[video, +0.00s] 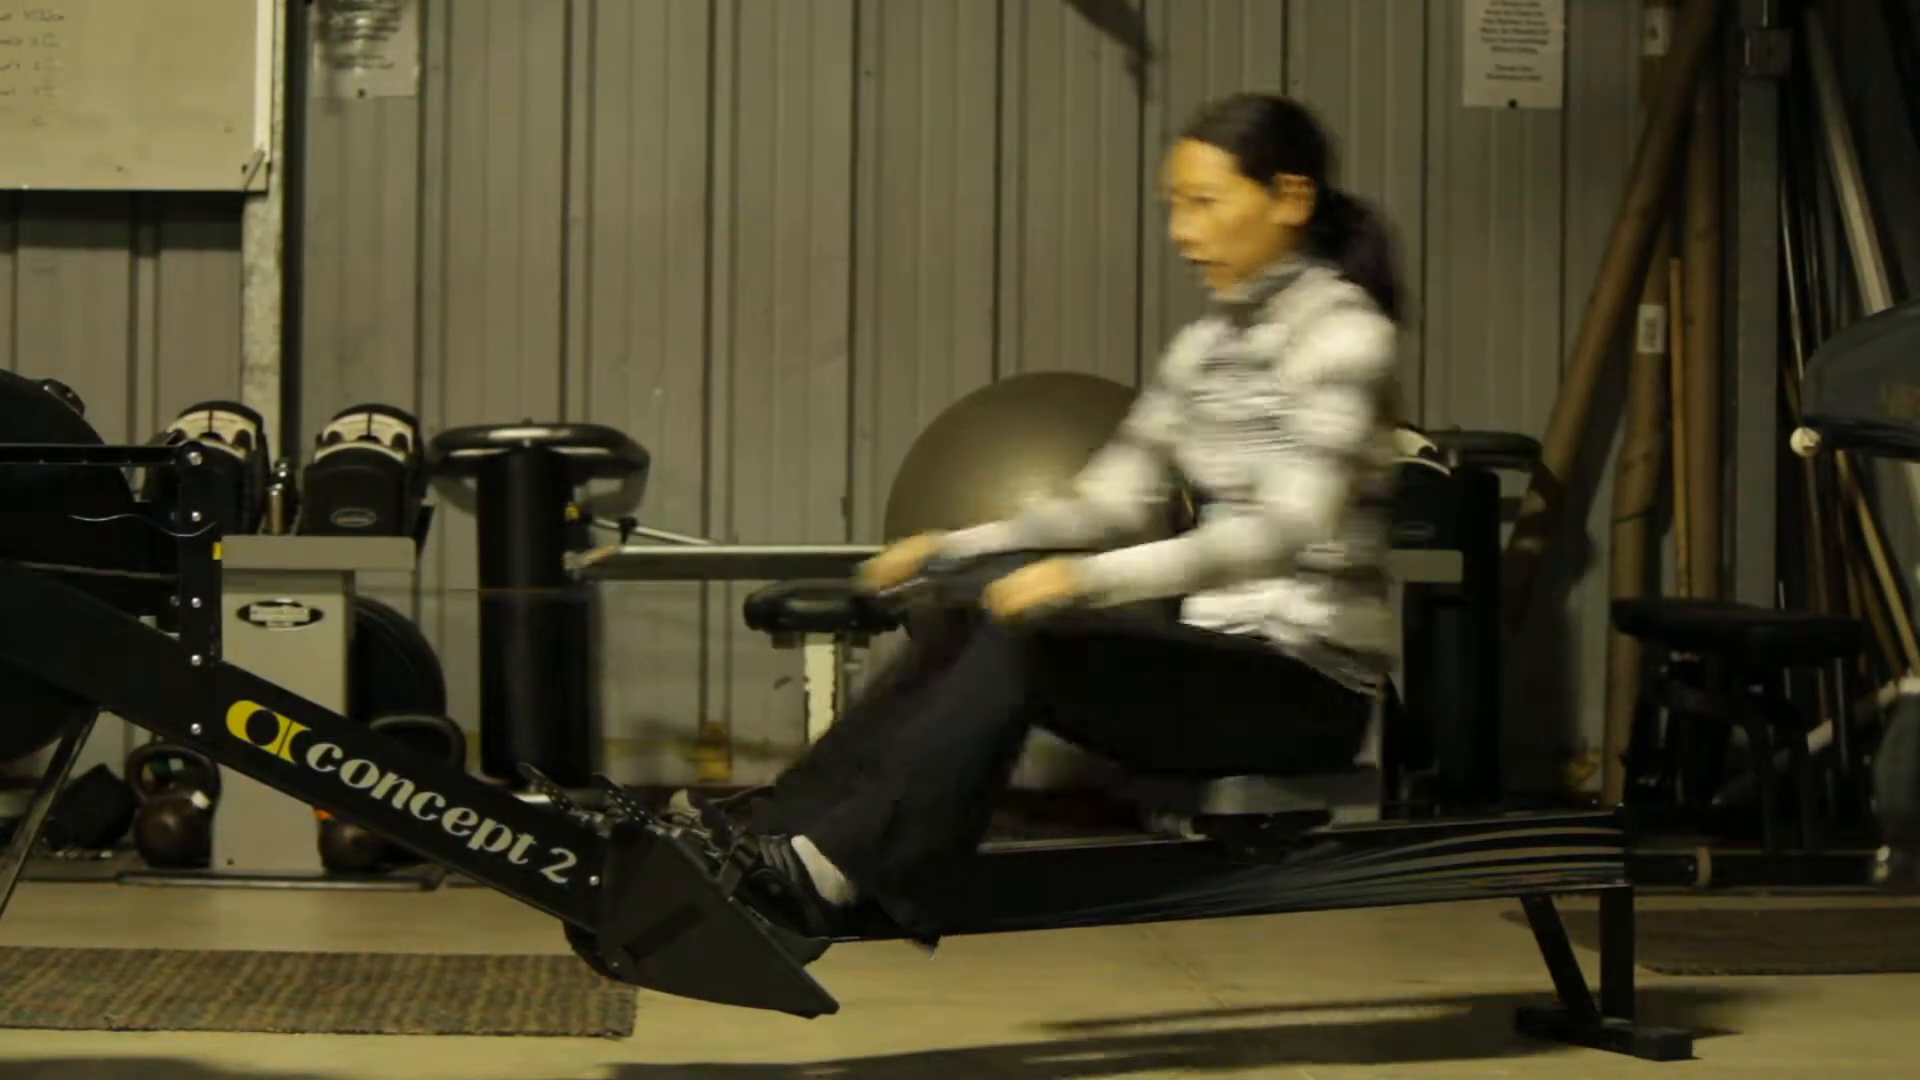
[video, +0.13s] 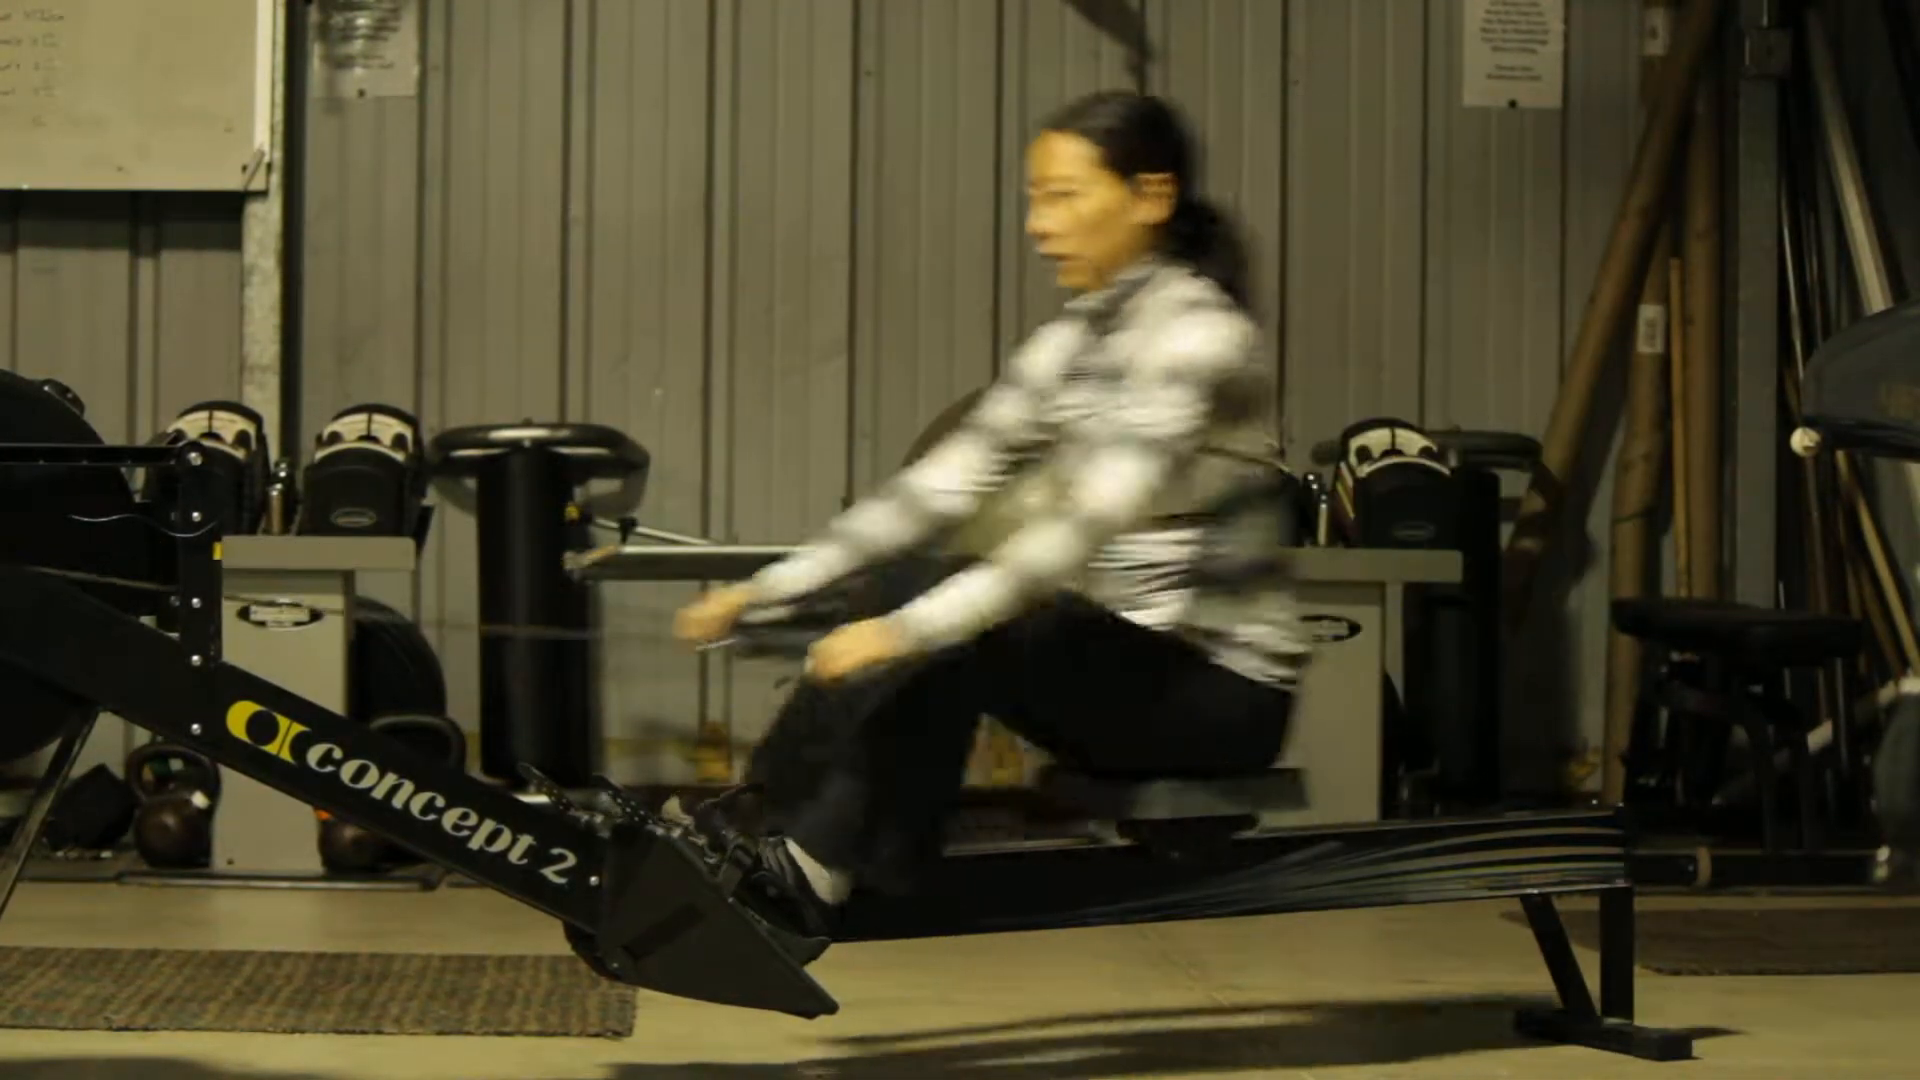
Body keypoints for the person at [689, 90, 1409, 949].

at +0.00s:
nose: (1180, 231)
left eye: (1202, 205)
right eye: (1176, 206)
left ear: (1289, 200)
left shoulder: (1343, 332)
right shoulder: (1203, 342)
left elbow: (1282, 526)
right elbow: (1108, 504)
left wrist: (1086, 580)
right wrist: (944, 547)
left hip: (1306, 682)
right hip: (1208, 655)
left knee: (1020, 649)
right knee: (962, 627)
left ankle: (831, 871)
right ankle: (768, 835)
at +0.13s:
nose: (1038, 226)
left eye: (1062, 197)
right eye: (1035, 200)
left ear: (1153, 197)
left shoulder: (1202, 333)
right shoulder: (1074, 335)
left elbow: (1085, 521)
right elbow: (944, 482)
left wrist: (903, 632)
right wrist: (765, 591)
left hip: (1220, 696)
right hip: (1116, 669)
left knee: (958, 638)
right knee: (895, 596)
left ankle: (818, 871)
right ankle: (760, 819)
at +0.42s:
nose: (727, 248)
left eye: (754, 222)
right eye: (730, 224)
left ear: (844, 231)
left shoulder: (888, 362)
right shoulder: (782, 366)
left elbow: (735, 513)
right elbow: (620, 472)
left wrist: (533, 612)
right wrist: (414, 564)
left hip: (1028, 690)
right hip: (942, 675)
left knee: (800, 553)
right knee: (733, 559)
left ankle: (791, 863)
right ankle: (714, 834)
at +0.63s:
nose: (634, 262)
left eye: (661, 239)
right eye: (639, 239)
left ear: (746, 255)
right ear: (722, 258)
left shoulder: (805, 372)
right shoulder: (687, 386)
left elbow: (629, 496)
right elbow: (528, 468)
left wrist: (411, 569)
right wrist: (308, 540)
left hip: (963, 694)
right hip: (862, 692)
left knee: (738, 541)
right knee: (669, 545)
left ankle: (790, 863)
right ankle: (689, 839)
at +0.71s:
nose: (649, 246)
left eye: (678, 221)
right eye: (656, 222)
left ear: (764, 242)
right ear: (738, 245)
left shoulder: (818, 366)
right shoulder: (703, 371)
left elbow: (647, 506)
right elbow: (552, 478)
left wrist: (444, 594)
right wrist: (339, 565)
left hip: (965, 691)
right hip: (872, 683)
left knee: (743, 541)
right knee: (664, 546)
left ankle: (788, 863)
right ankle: (694, 832)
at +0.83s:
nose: (735, 206)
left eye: (766, 182)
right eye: (740, 184)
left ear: (853, 206)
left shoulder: (897, 339)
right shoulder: (779, 344)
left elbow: (755, 506)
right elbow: (642, 487)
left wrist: (565, 608)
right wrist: (447, 591)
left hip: (981, 692)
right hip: (889, 673)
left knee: (781, 555)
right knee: (694, 561)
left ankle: (787, 859)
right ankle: (684, 832)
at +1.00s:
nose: (930, 188)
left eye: (962, 165)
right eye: (934, 165)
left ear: (1052, 187)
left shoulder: (1079, 318)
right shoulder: (965, 320)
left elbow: (926, 459)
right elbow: (816, 437)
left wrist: (735, 528)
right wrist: (621, 504)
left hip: (1080, 702)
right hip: (999, 685)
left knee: (867, 562)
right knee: (775, 550)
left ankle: (782, 858)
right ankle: (693, 823)